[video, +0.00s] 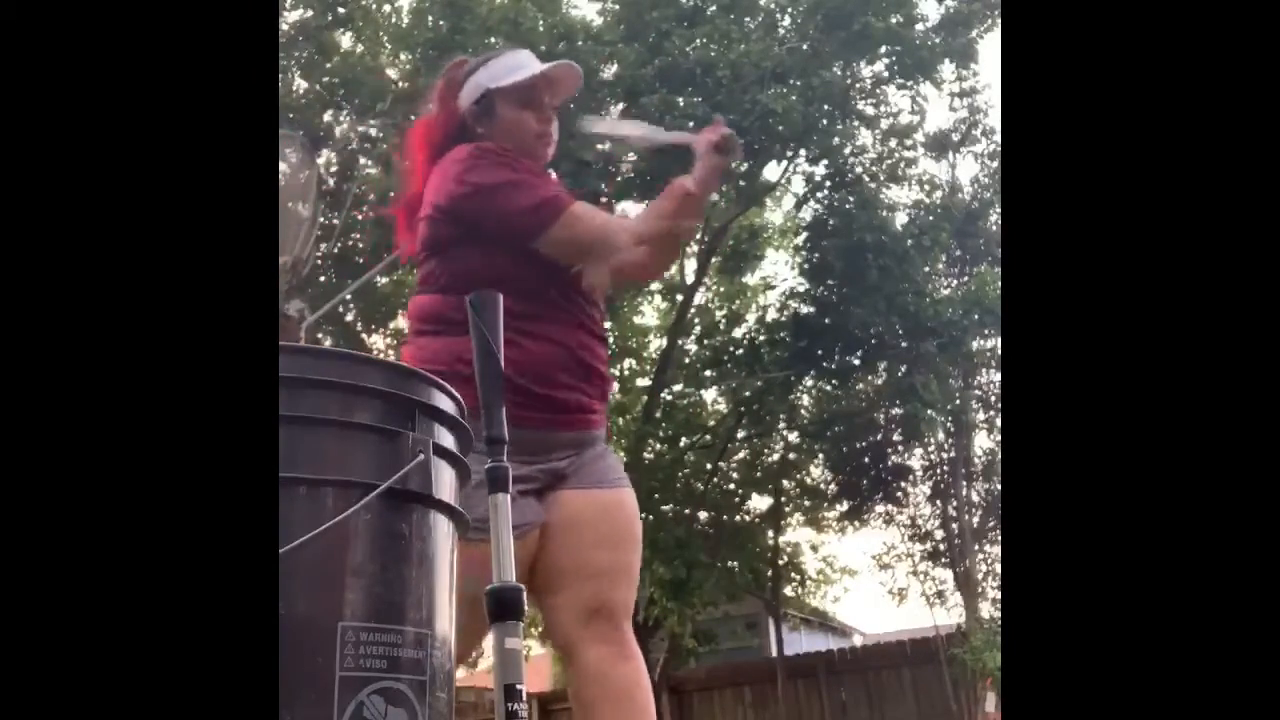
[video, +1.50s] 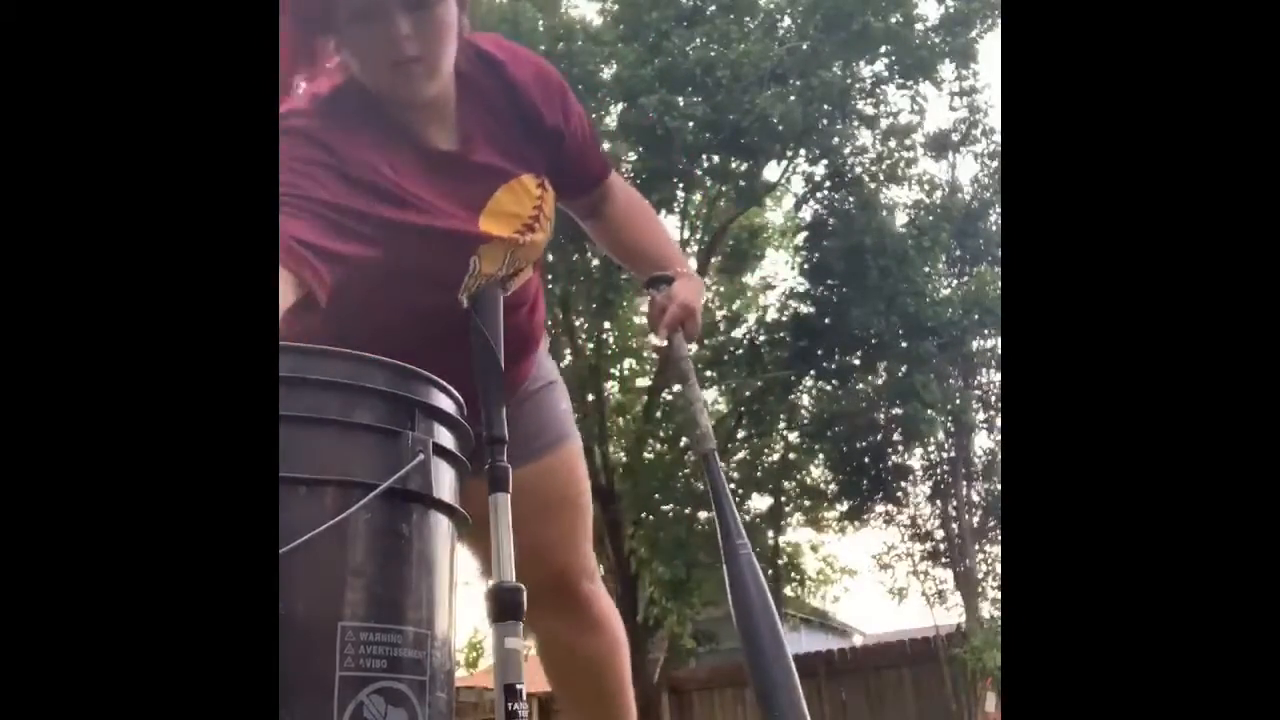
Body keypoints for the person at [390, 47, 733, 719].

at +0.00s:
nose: (550, 119)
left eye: (552, 106)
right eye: (530, 104)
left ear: (552, 112)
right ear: (481, 115)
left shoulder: (550, 199)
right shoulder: (470, 174)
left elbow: (639, 259)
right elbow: (617, 242)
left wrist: (697, 182)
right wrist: (699, 177)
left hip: (581, 450)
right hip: (478, 452)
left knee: (605, 634)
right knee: (439, 653)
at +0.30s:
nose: (591, 96)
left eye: (601, 82)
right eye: (569, 81)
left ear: (612, 95)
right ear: (527, 91)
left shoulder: (620, 189)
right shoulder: (514, 154)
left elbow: (666, 277)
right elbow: (603, 226)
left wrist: (773, 253)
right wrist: (740, 235)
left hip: (611, 430)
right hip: (490, 426)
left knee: (630, 624)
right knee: (460, 629)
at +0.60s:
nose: (569, 54)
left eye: (584, 36)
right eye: (548, 42)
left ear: (609, 46)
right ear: (520, 55)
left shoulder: (655, 152)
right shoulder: (474, 135)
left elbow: (700, 259)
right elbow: (430, 236)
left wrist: (752, 308)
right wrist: (576, 265)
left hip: (618, 419)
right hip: (481, 402)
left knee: (630, 622)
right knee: (467, 568)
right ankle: (398, 706)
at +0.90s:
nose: (458, 5)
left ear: (509, 12)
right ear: (401, 13)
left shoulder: (567, 106)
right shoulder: (341, 124)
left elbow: (620, 228)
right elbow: (285, 270)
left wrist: (665, 289)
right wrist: (332, 391)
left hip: (550, 413)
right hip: (404, 421)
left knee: (595, 637)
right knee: (397, 648)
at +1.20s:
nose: (373, 38)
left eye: (392, 8)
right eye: (337, 16)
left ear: (429, 10)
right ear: (300, 34)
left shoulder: (496, 76)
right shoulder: (309, 156)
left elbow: (591, 184)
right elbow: (283, 296)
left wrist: (663, 264)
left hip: (505, 378)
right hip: (366, 396)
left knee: (547, 593)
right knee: (340, 609)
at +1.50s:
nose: (403, 33)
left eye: (421, 5)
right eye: (370, 15)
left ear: (457, 8)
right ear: (334, 38)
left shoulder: (520, 87)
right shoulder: (310, 139)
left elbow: (599, 195)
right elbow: (288, 268)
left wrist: (676, 270)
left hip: (511, 381)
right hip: (366, 397)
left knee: (569, 589)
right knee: (341, 613)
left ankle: (613, 718)